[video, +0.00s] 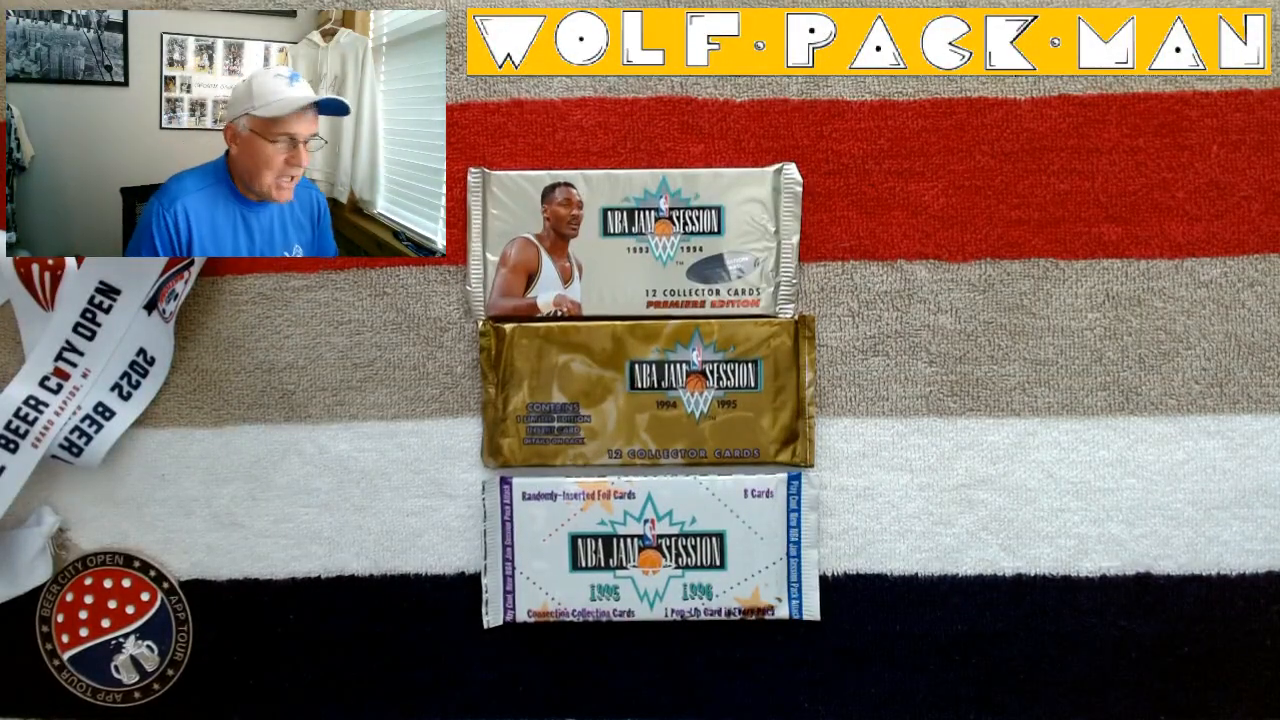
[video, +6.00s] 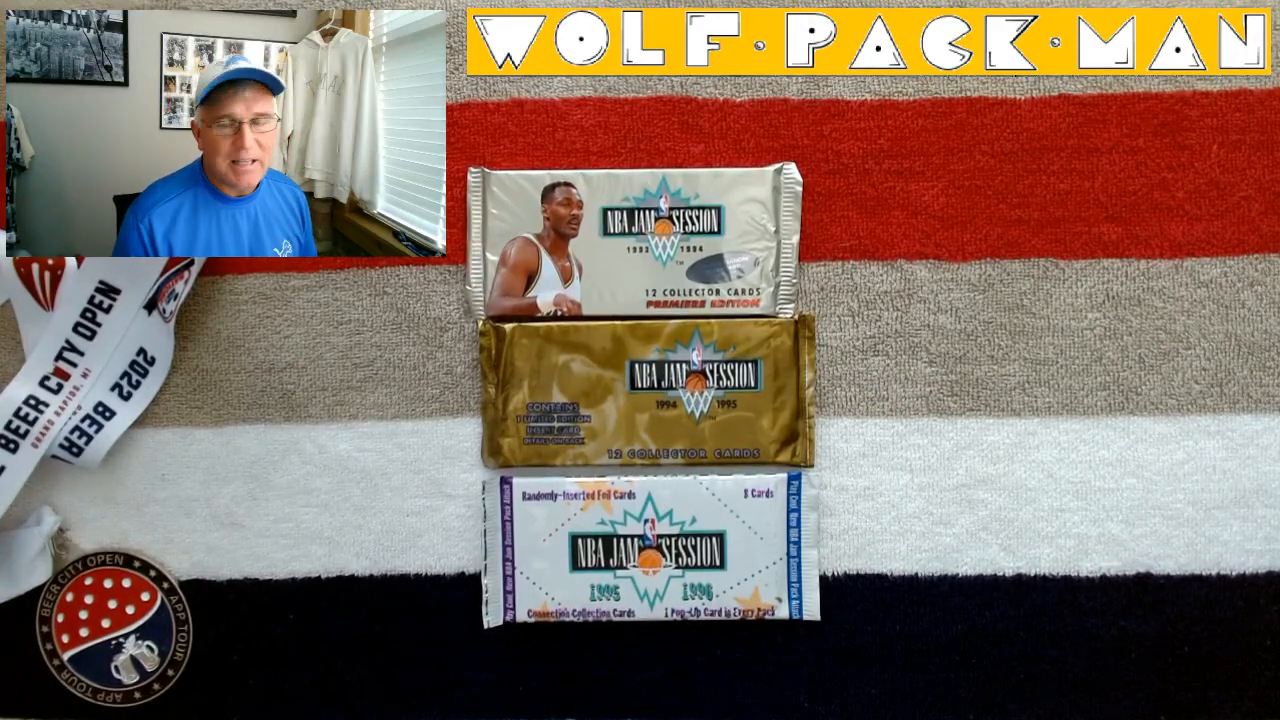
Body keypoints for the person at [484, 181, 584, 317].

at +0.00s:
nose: (576, 213)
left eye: (580, 207)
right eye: (566, 205)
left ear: (583, 211)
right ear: (545, 211)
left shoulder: (575, 266)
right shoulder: (521, 250)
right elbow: (495, 308)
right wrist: (550, 301)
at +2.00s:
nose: (576, 213)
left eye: (580, 207)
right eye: (566, 205)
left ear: (583, 211)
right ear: (545, 210)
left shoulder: (575, 265)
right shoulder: (521, 249)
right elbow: (495, 307)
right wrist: (550, 300)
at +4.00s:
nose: (576, 213)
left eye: (580, 206)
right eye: (566, 205)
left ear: (583, 211)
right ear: (545, 211)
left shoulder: (575, 265)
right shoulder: (521, 250)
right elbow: (494, 307)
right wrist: (551, 301)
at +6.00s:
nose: (576, 213)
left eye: (580, 207)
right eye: (566, 205)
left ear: (583, 211)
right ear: (545, 211)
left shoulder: (575, 266)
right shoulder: (521, 250)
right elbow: (495, 307)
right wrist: (550, 301)